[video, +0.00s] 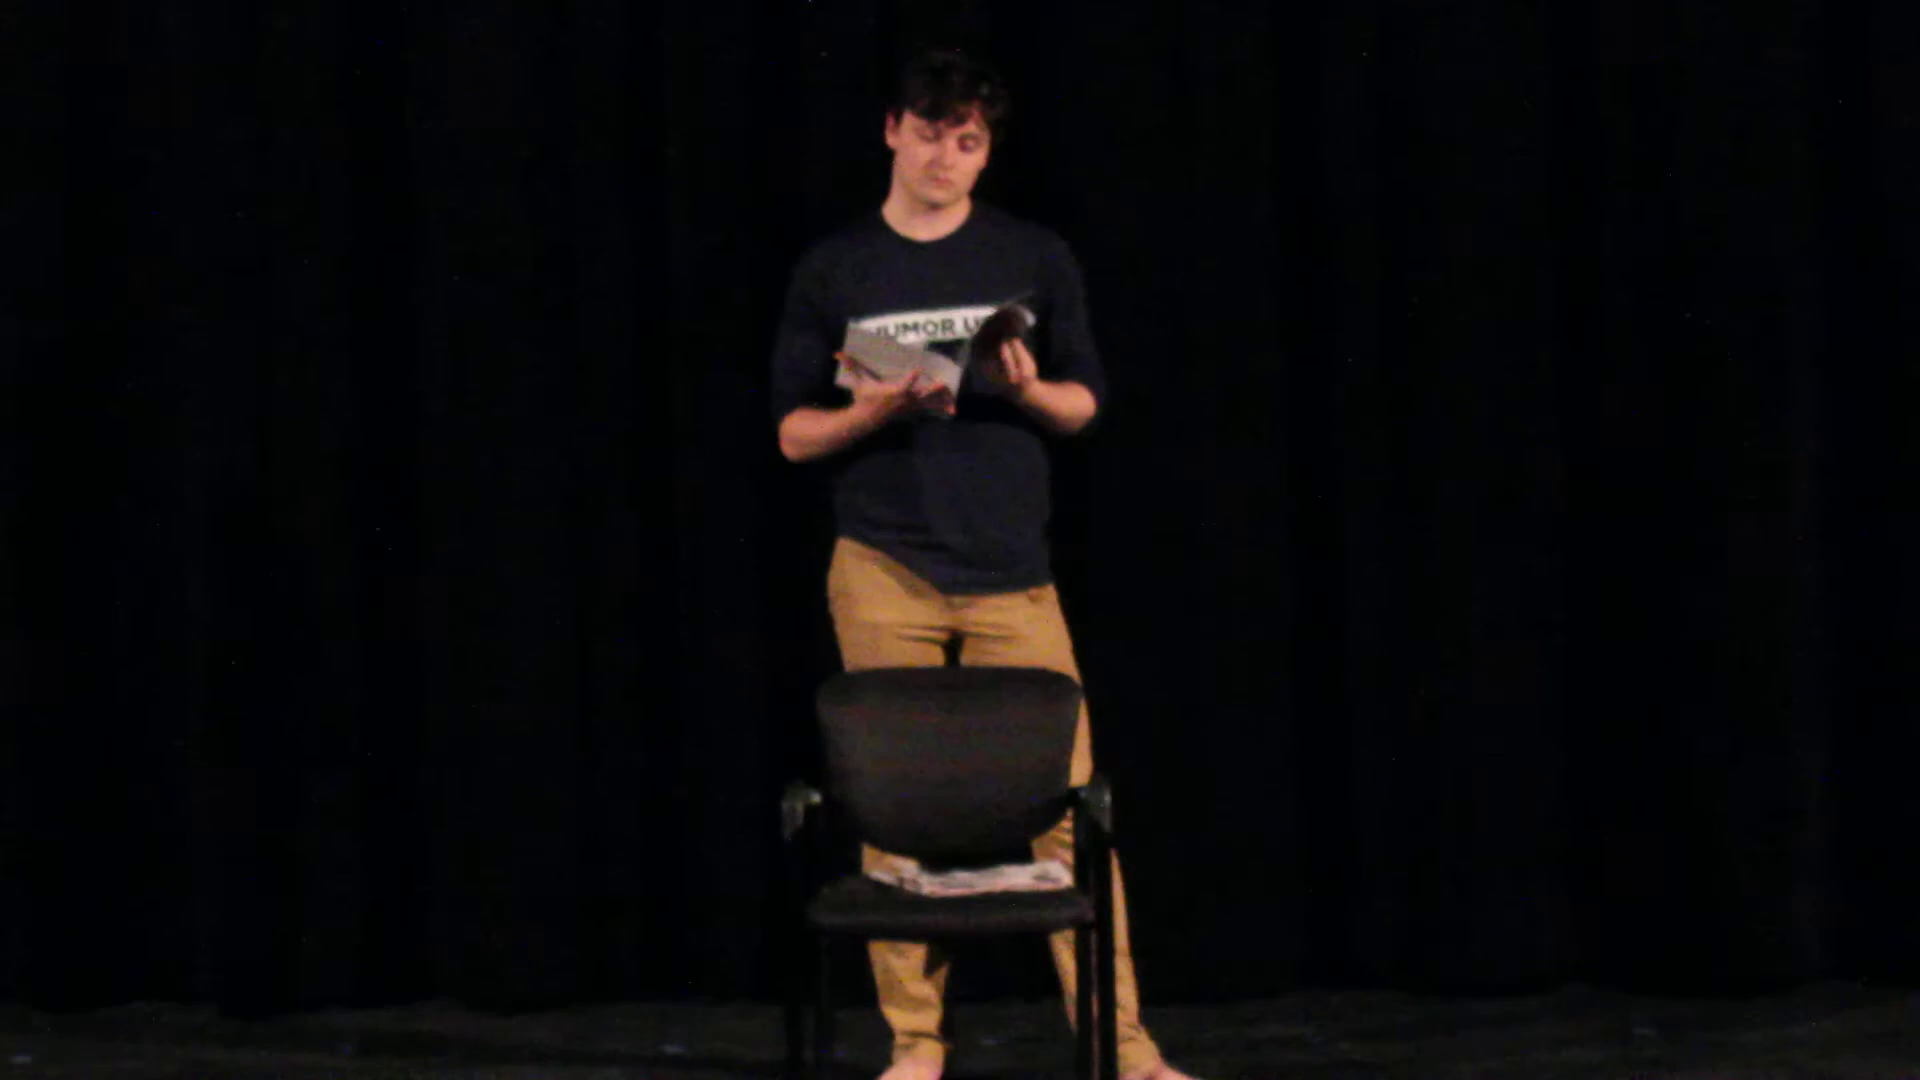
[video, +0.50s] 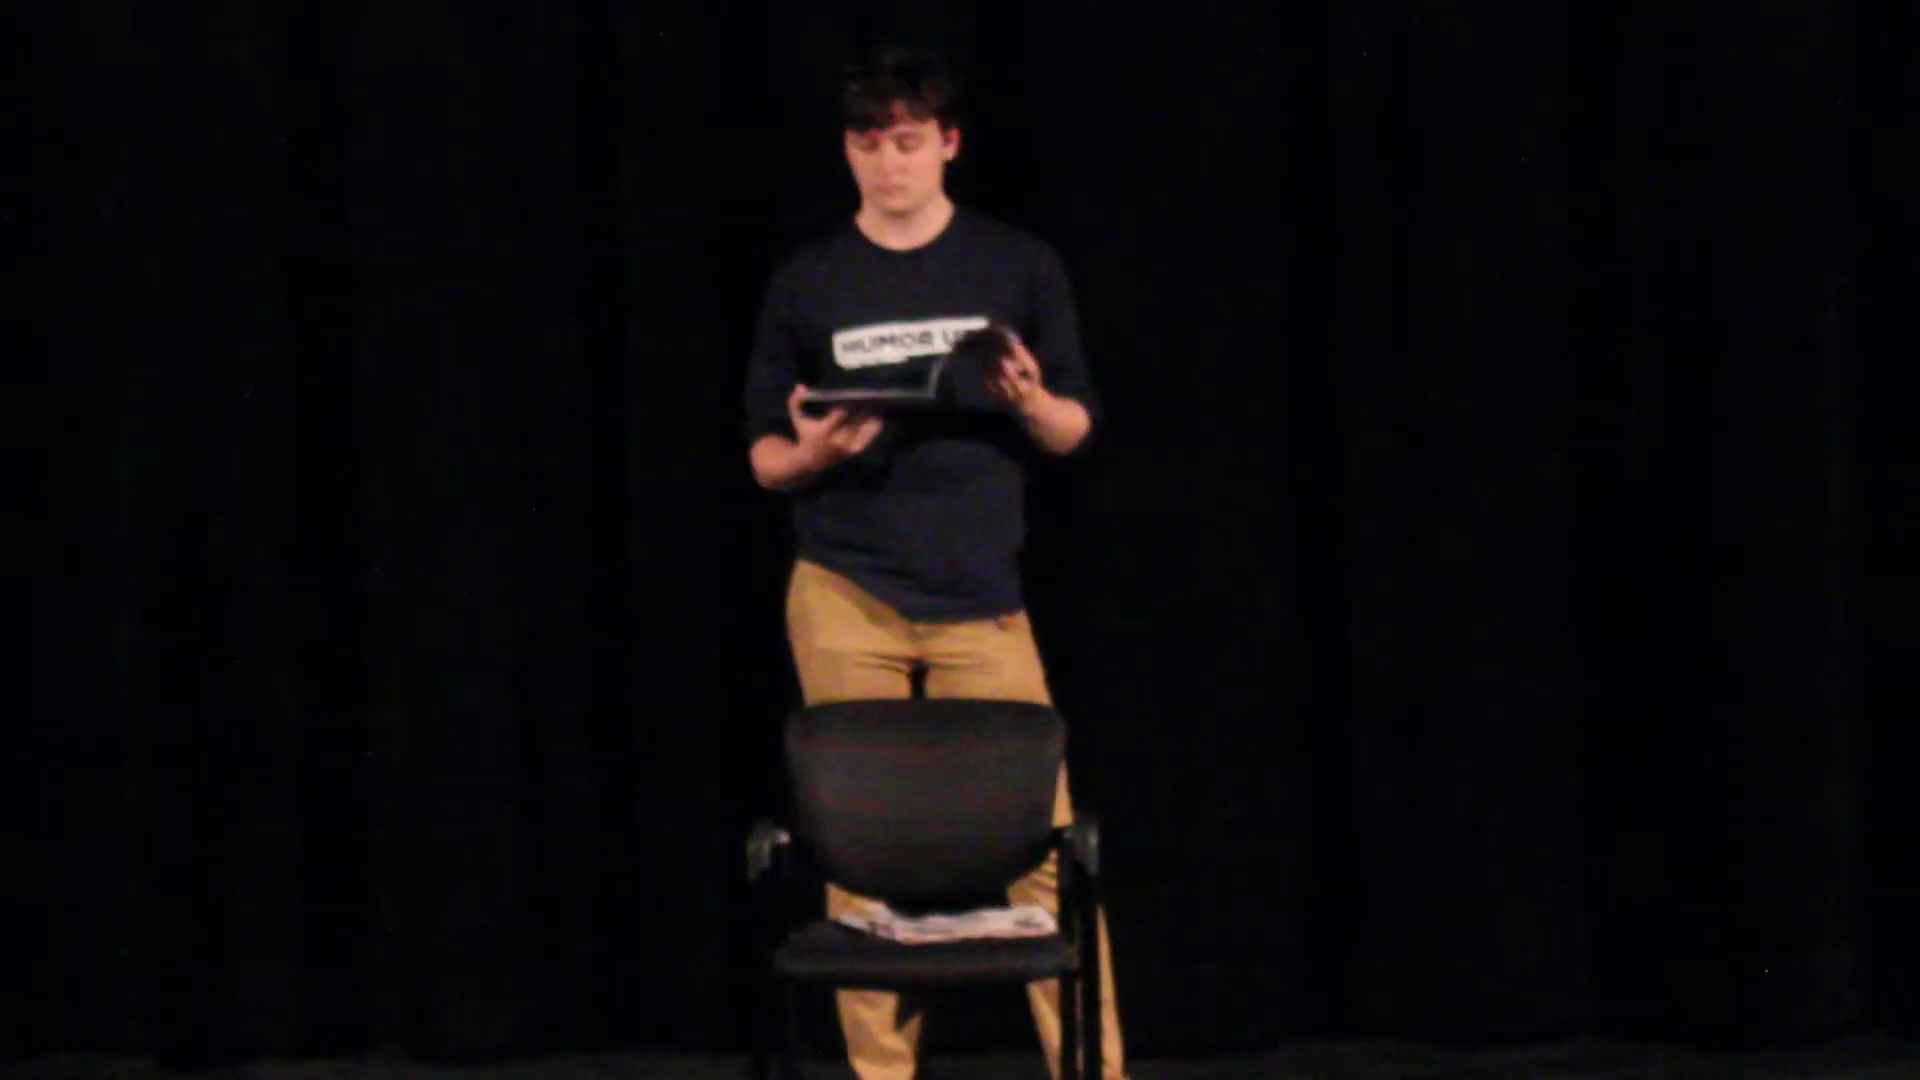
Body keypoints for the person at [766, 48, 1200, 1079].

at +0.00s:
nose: (948, 155)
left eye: (967, 138)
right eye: (932, 133)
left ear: (991, 149)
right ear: (892, 134)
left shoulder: (1036, 260)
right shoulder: (836, 269)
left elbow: (1084, 407)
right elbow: (793, 435)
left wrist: (1029, 389)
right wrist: (869, 412)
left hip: (1013, 574)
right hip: (881, 571)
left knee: (1068, 804)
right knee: (894, 807)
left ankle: (1119, 1036)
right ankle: (914, 1041)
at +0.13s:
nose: (950, 164)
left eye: (968, 148)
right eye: (932, 142)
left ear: (990, 160)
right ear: (893, 145)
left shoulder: (1036, 273)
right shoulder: (838, 282)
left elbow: (1090, 423)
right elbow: (794, 452)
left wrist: (1014, 398)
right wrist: (880, 427)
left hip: (1009, 590)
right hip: (876, 585)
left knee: (1064, 818)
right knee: (893, 825)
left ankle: (1115, 1052)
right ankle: (912, 1059)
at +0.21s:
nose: (948, 178)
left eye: (966, 162)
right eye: (930, 157)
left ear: (989, 172)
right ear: (890, 157)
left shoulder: (1035, 283)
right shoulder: (836, 292)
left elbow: (1089, 432)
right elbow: (798, 462)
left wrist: (1005, 404)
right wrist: (883, 443)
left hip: (1006, 602)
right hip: (873, 596)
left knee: (1061, 828)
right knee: (889, 836)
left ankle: (1111, 1058)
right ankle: (911, 1063)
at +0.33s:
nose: (931, 182)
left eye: (950, 164)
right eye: (913, 161)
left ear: (979, 176)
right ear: (880, 167)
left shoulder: (1033, 290)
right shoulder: (830, 301)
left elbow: (1080, 445)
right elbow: (791, 473)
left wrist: (1009, 410)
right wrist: (873, 453)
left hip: (1000, 614)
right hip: (866, 608)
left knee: (1058, 841)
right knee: (883, 851)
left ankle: (1107, 1067)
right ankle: (901, 1069)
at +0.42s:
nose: (915, 172)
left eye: (935, 153)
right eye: (896, 151)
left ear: (968, 160)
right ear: (866, 157)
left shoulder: (1028, 282)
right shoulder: (817, 291)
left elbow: (1075, 442)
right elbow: (779, 468)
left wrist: (1020, 405)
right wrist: (844, 455)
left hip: (992, 611)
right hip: (855, 606)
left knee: (1048, 843)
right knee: (868, 852)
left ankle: (1094, 1068)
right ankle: (887, 1071)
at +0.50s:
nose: (888, 160)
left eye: (909, 140)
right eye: (871, 141)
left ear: (949, 145)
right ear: (845, 150)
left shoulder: (1019, 268)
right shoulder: (806, 279)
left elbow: (1075, 432)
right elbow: (763, 456)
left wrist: (1032, 399)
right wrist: (808, 455)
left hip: (982, 604)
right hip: (844, 598)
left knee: (1039, 839)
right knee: (860, 848)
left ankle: (1089, 1068)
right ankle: (879, 1071)